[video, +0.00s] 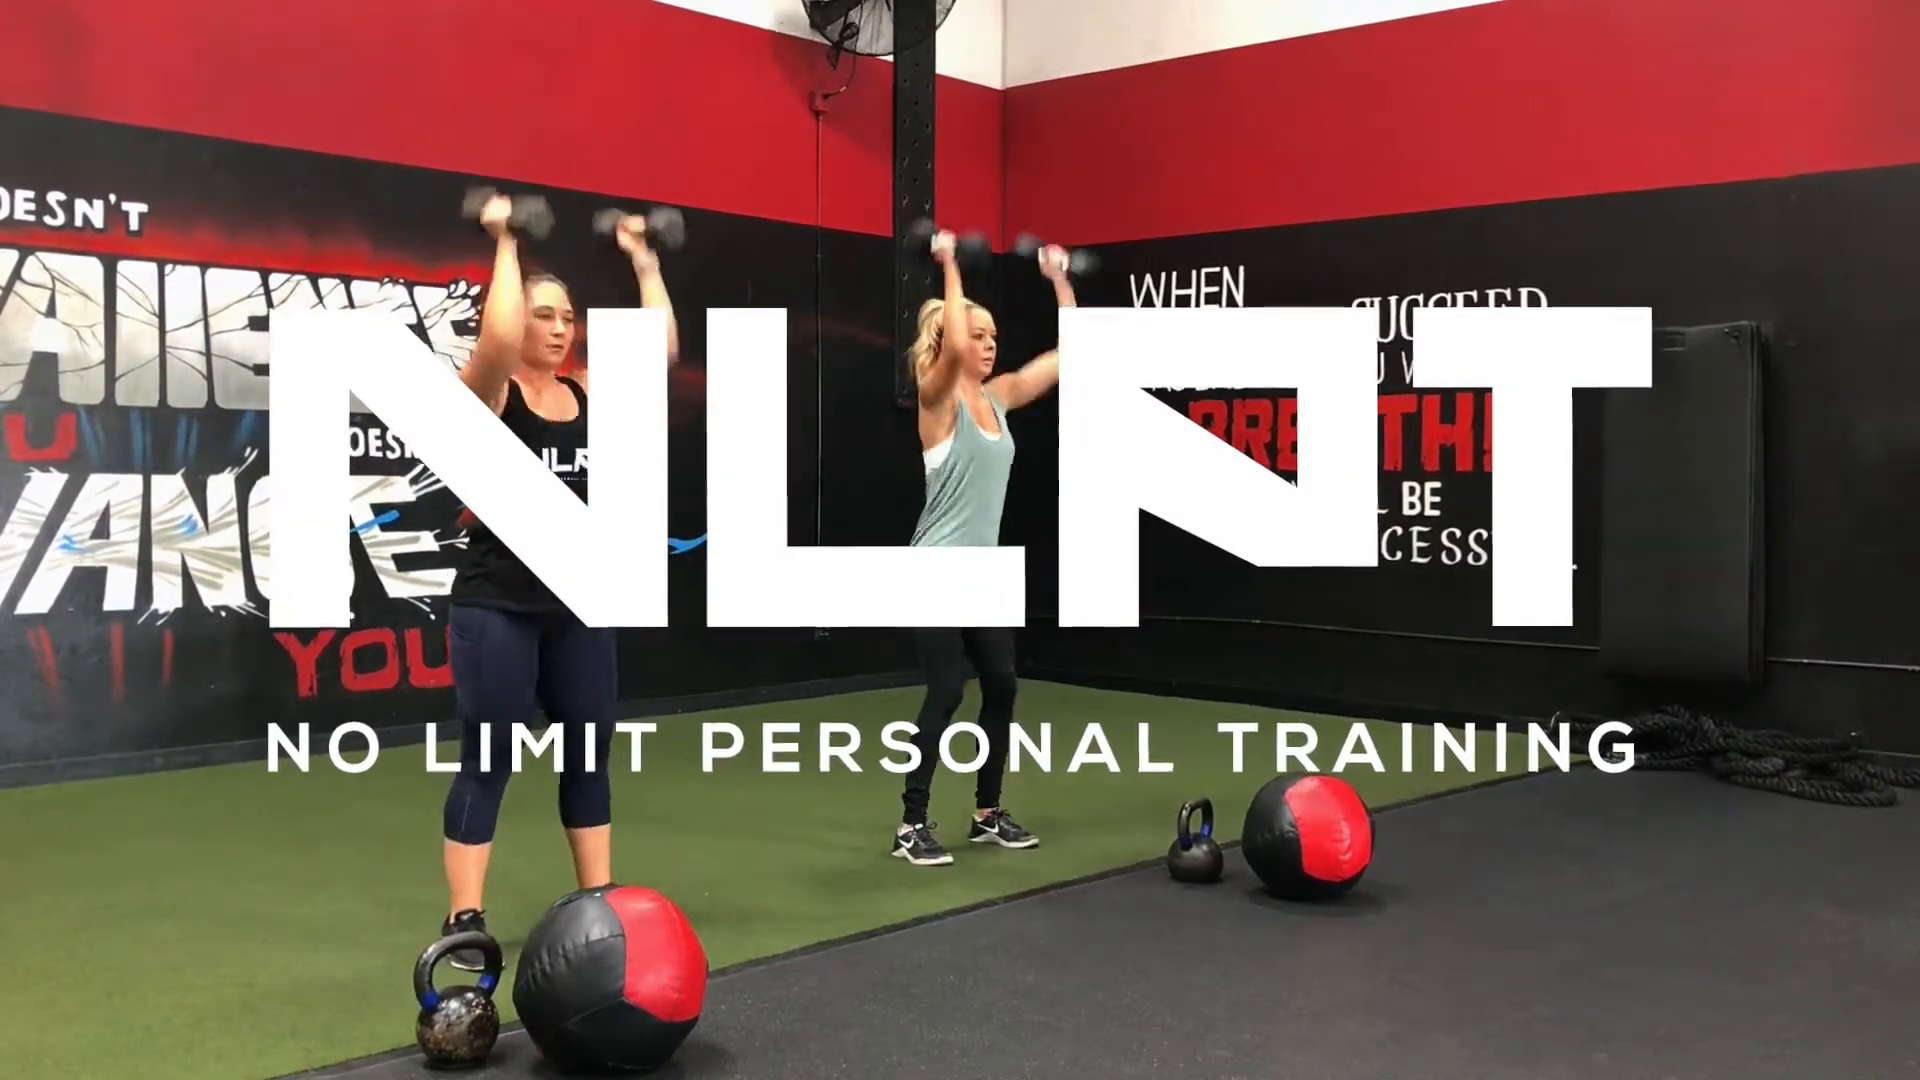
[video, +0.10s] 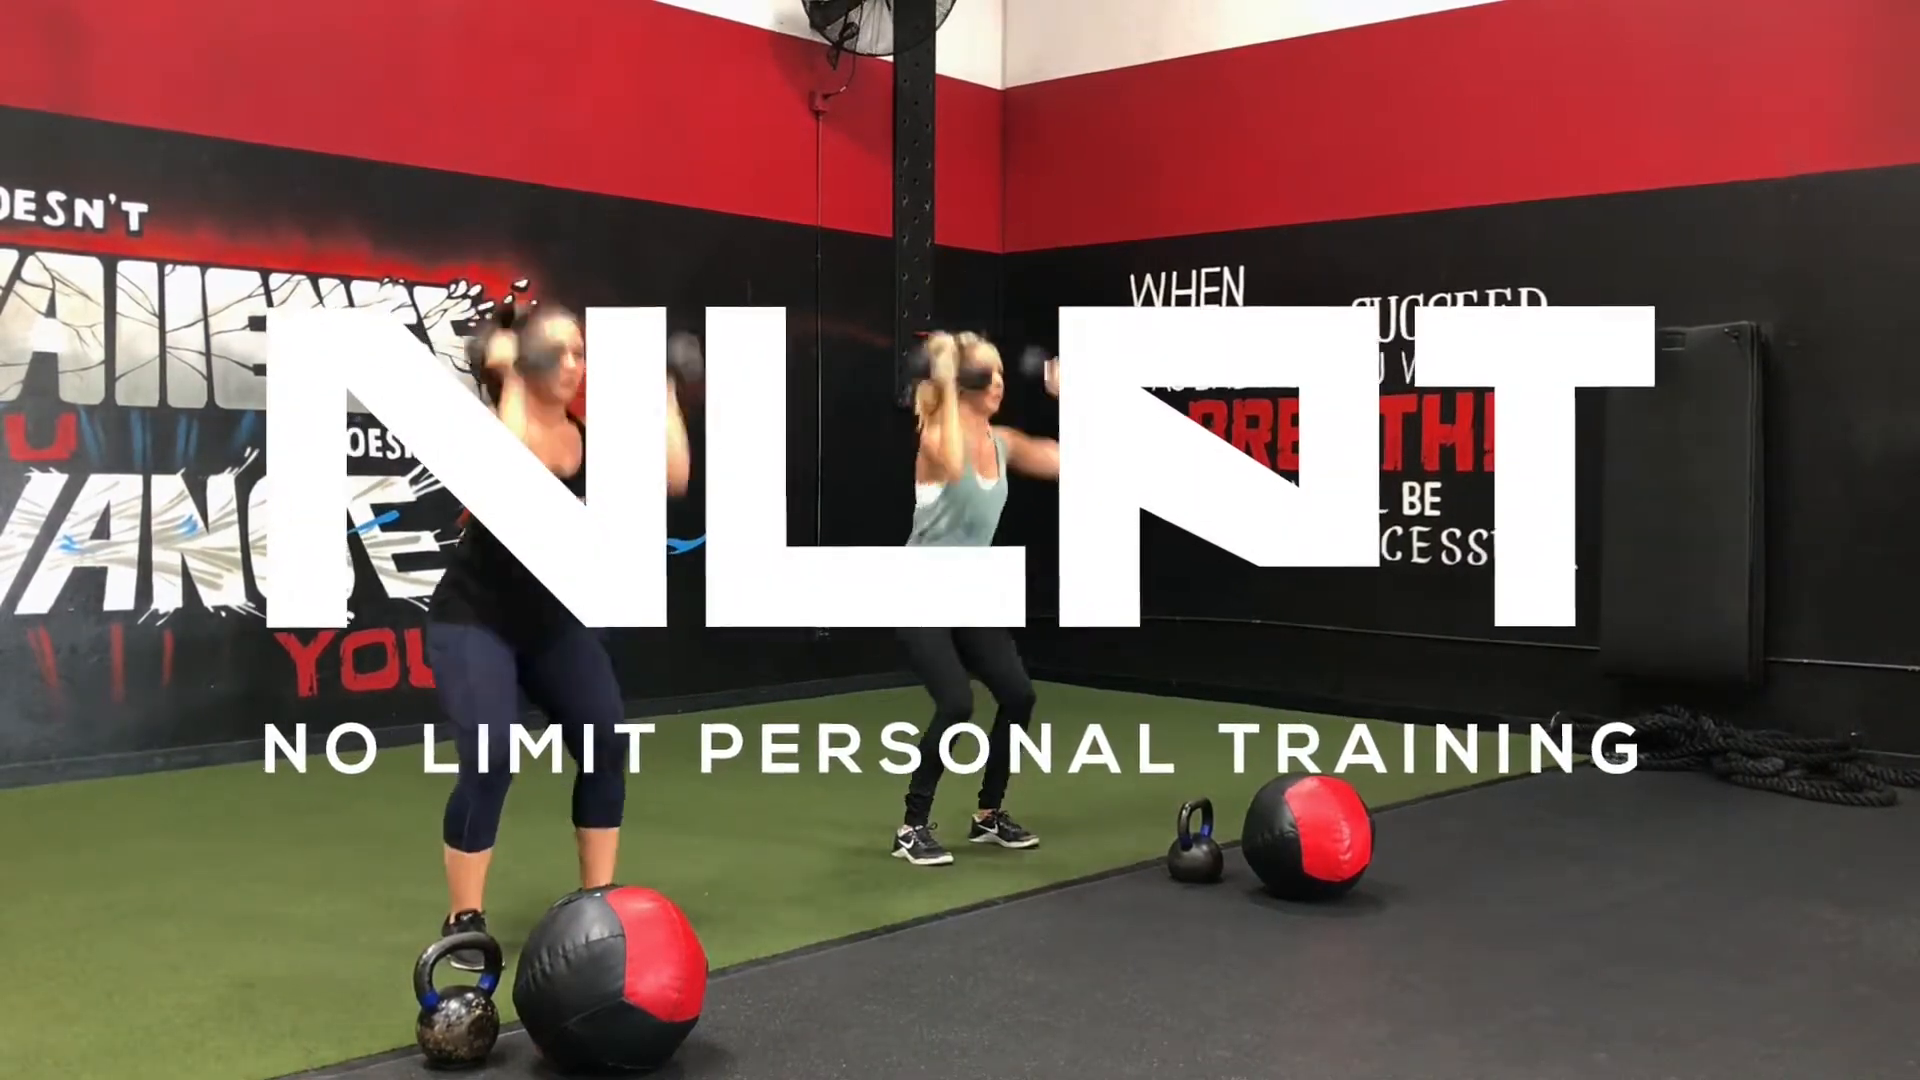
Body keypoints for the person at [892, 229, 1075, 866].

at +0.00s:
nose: (990, 344)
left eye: (992, 336)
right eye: (978, 335)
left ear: (993, 344)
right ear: (949, 344)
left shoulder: (998, 395)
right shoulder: (939, 401)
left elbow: (1069, 356)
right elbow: (956, 345)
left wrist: (1062, 285)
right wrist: (950, 267)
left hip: (990, 571)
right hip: (936, 570)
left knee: (1001, 686)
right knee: (946, 688)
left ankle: (989, 813)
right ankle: (914, 823)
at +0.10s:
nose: (1000, 387)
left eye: (1000, 378)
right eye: (990, 379)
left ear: (994, 387)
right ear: (964, 386)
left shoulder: (1003, 440)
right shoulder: (936, 435)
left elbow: (1066, 461)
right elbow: (952, 466)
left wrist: (1066, 398)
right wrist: (944, 390)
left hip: (973, 600)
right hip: (920, 600)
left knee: (1018, 694)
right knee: (956, 703)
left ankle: (988, 814)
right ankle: (914, 825)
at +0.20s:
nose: (1010, 452)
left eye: (1012, 442)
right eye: (999, 442)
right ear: (966, 450)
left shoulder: (1007, 510)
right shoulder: (943, 505)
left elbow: (1059, 581)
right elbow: (944, 576)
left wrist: (1059, 513)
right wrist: (949, 506)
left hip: (956, 644)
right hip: (903, 646)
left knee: (1034, 709)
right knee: (963, 722)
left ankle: (990, 816)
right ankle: (915, 829)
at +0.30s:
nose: (1019, 504)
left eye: (1019, 494)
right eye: (1006, 494)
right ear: (976, 506)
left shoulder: (1013, 567)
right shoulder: (949, 561)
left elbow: (1048, 648)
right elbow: (953, 654)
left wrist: (1054, 579)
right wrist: (951, 578)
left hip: (956, 683)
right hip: (897, 682)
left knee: (1038, 712)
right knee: (962, 729)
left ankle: (991, 817)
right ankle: (915, 830)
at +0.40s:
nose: (1019, 509)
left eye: (1020, 500)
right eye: (1007, 500)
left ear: (1024, 507)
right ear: (976, 512)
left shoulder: (1012, 571)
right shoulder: (946, 566)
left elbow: (1051, 652)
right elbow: (958, 665)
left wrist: (1056, 586)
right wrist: (950, 585)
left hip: (956, 686)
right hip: (896, 684)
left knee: (1040, 712)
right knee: (960, 728)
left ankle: (990, 816)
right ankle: (914, 831)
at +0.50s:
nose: (1016, 466)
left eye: (1017, 456)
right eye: (1003, 457)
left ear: (1020, 463)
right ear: (973, 467)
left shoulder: (1014, 529)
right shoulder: (947, 518)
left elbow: (1060, 603)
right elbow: (944, 585)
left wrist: (1058, 533)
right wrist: (953, 528)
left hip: (958, 656)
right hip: (902, 654)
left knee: (1039, 715)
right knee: (958, 726)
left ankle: (991, 816)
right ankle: (914, 830)